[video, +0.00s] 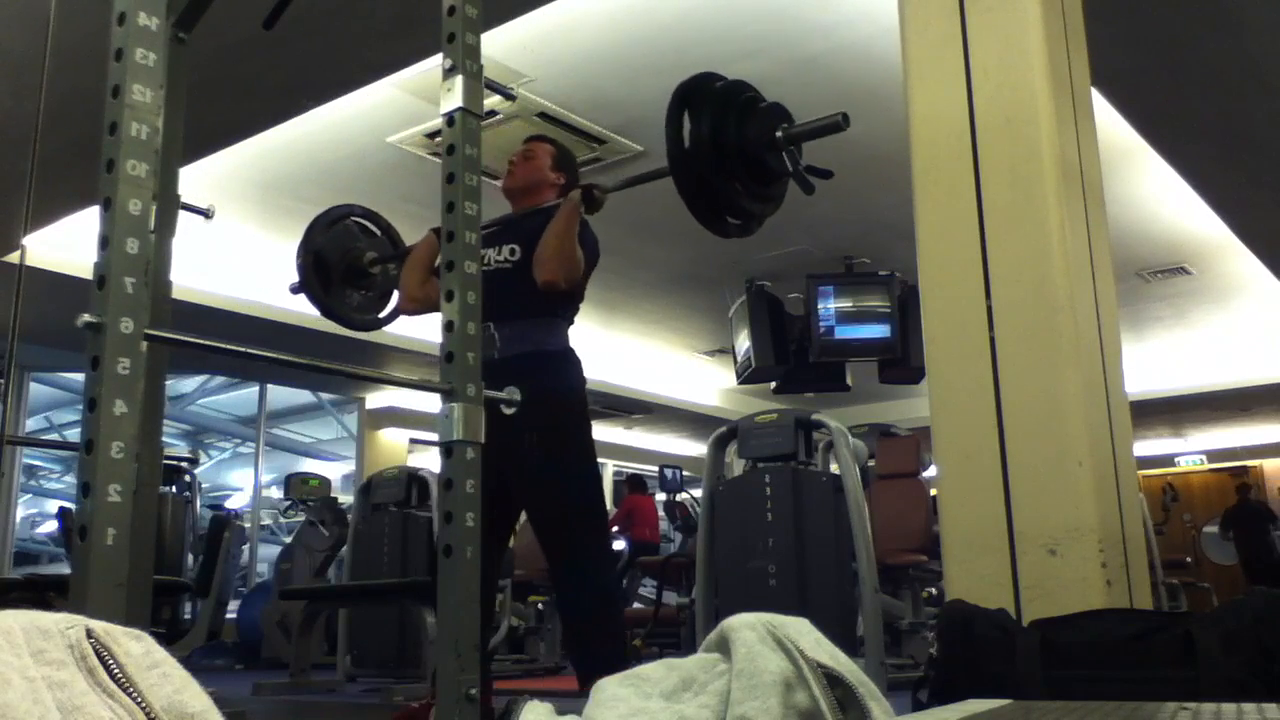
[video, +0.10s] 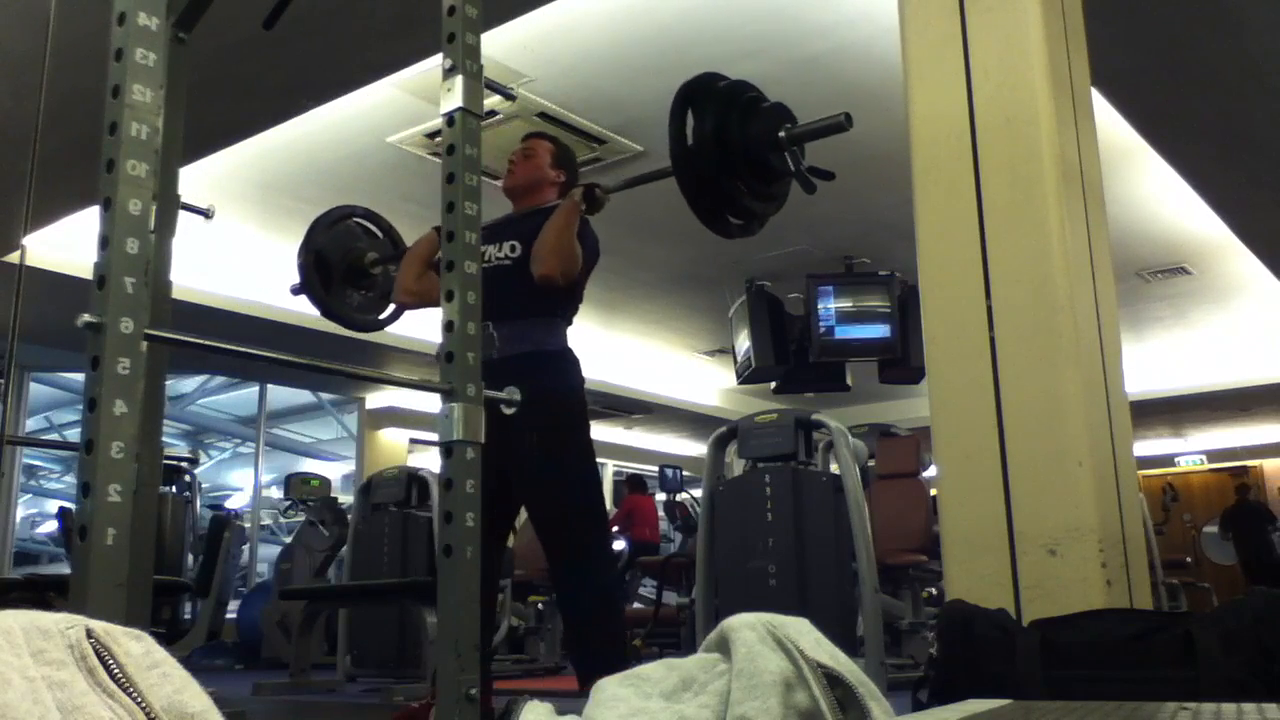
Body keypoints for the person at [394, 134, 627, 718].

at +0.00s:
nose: (512, 162)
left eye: (527, 155)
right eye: (511, 157)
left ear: (559, 178)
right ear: (507, 180)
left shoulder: (570, 228)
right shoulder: (481, 238)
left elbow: (551, 273)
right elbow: (413, 296)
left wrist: (574, 199)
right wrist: (438, 233)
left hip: (546, 390)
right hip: (478, 397)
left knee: (576, 550)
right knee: (468, 548)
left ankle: (608, 693)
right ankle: (457, 691)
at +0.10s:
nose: (512, 160)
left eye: (527, 153)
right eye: (510, 156)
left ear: (559, 176)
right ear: (506, 179)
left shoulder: (571, 227)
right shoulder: (483, 239)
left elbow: (548, 268)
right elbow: (407, 290)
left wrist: (573, 199)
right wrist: (437, 232)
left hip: (544, 388)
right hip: (477, 396)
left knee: (577, 548)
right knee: (468, 547)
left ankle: (607, 692)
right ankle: (457, 690)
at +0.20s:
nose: (511, 163)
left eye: (526, 155)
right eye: (509, 158)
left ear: (559, 176)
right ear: (506, 180)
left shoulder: (572, 228)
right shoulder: (482, 240)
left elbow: (550, 268)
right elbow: (408, 292)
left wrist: (573, 202)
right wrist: (436, 236)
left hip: (542, 388)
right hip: (475, 395)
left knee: (574, 546)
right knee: (467, 545)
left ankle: (607, 693)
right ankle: (458, 690)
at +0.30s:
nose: (511, 164)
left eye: (525, 156)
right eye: (509, 158)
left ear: (559, 176)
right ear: (507, 180)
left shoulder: (572, 228)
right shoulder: (483, 241)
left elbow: (550, 269)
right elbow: (408, 293)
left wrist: (573, 202)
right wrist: (437, 237)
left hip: (541, 388)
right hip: (475, 394)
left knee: (572, 545)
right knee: (466, 545)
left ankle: (609, 693)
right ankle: (458, 690)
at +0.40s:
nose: (510, 165)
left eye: (525, 156)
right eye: (509, 159)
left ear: (559, 176)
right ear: (509, 180)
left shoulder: (572, 228)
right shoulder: (484, 241)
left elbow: (550, 267)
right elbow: (408, 291)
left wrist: (575, 202)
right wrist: (440, 234)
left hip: (539, 387)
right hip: (474, 393)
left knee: (571, 546)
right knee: (466, 546)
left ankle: (610, 694)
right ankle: (458, 692)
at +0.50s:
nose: (513, 164)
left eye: (527, 156)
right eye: (510, 159)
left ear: (561, 177)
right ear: (507, 181)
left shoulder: (573, 228)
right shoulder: (484, 242)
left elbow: (551, 267)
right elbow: (408, 289)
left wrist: (577, 201)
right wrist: (445, 230)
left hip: (539, 389)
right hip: (473, 395)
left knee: (572, 549)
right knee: (465, 548)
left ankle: (610, 695)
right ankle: (458, 692)